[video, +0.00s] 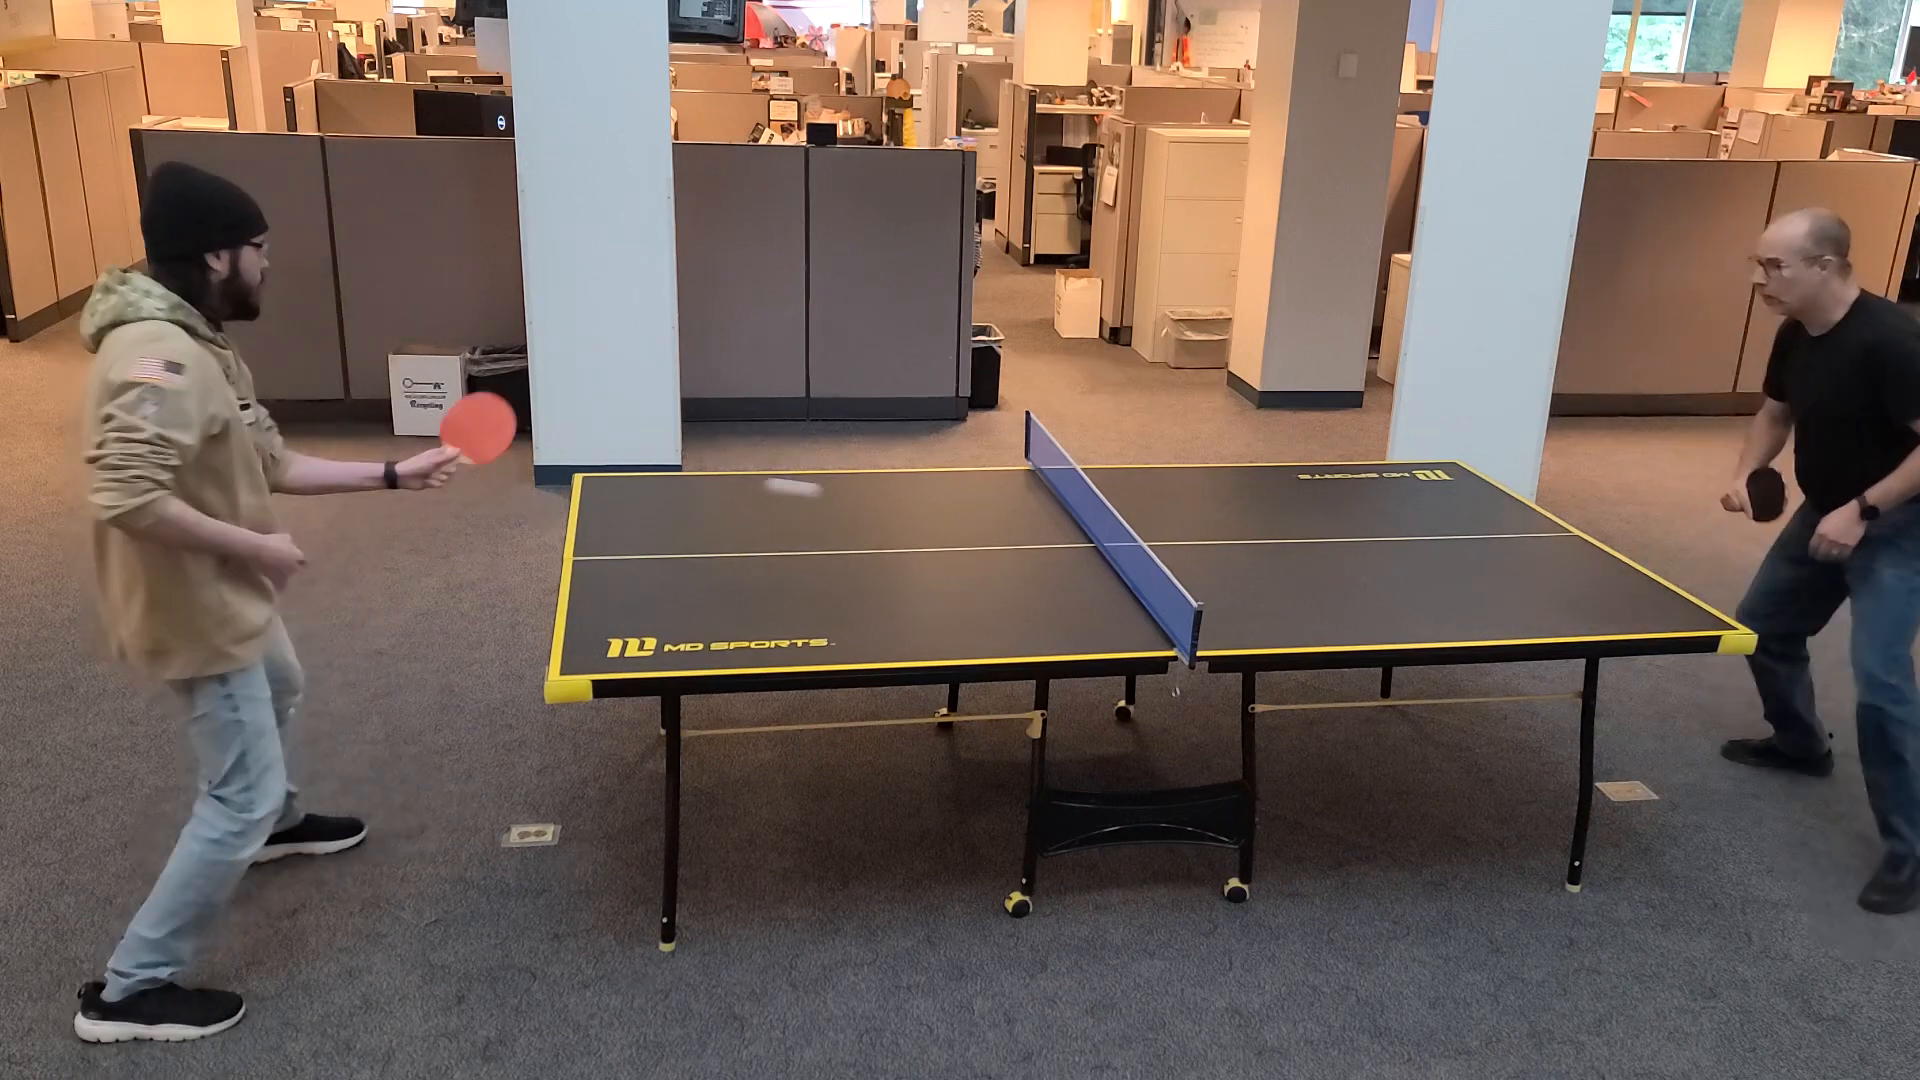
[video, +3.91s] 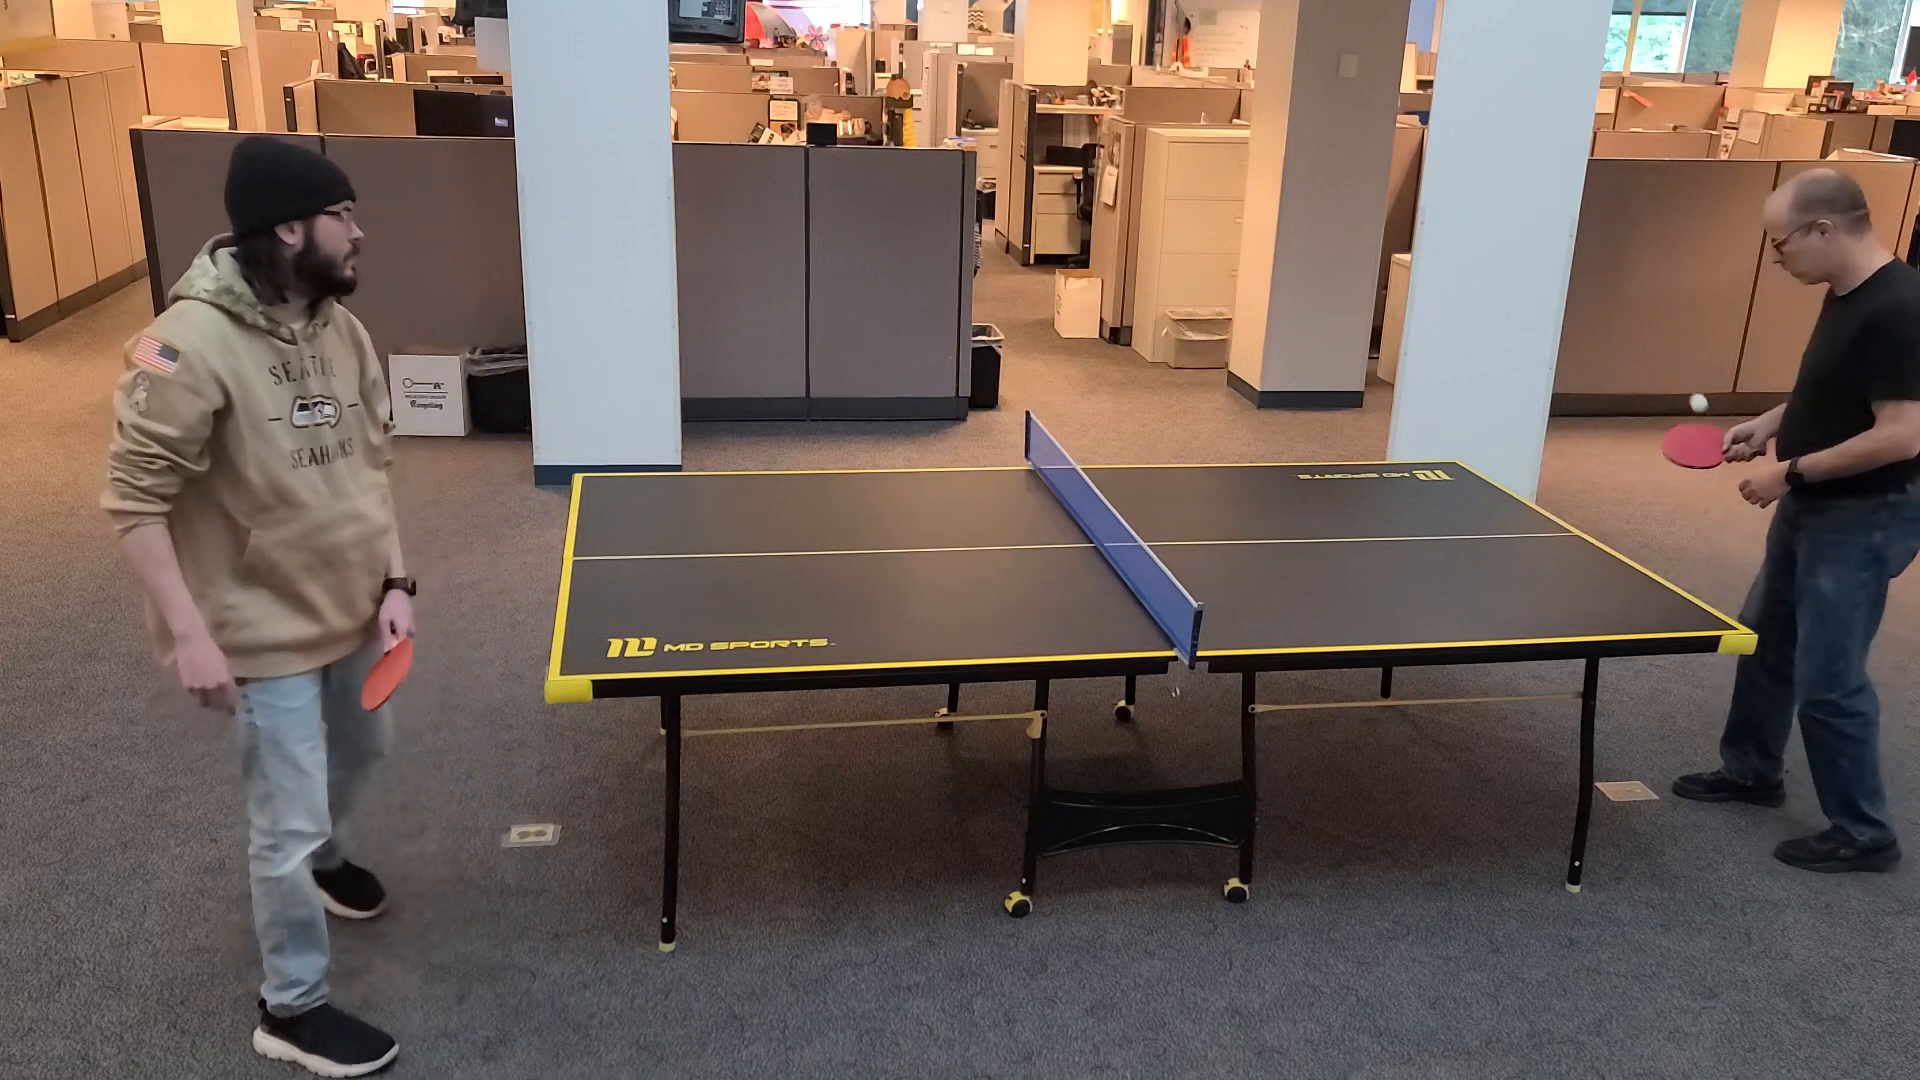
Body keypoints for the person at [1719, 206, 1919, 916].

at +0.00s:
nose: (1761, 279)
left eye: (1773, 267)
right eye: (1760, 266)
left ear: (1826, 268)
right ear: (1812, 270)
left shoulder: (1893, 340)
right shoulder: (1794, 334)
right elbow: (1776, 415)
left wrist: (1864, 508)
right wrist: (1745, 472)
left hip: (1896, 527)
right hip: (1824, 517)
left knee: (1883, 684)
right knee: (1763, 624)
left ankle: (1907, 850)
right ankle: (1799, 743)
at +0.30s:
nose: (1817, 328)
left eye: (1833, 318)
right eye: (1815, 314)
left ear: (1891, 320)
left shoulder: (1919, 388)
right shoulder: (1829, 380)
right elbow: (1793, 464)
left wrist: (1919, 580)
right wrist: (1758, 522)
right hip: (1860, 559)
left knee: (1883, 724)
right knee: (1793, 654)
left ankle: (1910, 873)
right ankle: (1801, 751)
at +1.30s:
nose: (1759, 239)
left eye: (1777, 228)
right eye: (1756, 226)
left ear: (1828, 232)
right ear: (1753, 225)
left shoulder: (1888, 321)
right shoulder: (1751, 309)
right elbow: (1714, 394)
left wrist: (1849, 510)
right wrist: (1690, 441)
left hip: (1852, 525)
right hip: (1759, 512)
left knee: (1825, 687)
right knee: (1727, 656)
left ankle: (1837, 828)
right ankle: (1724, 793)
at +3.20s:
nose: (1781, 221)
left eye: (1799, 211)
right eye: (1778, 208)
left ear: (1847, 215)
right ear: (1778, 209)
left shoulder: (1889, 302)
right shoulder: (1784, 285)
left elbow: (1905, 421)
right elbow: (1757, 372)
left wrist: (1801, 476)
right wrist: (1709, 424)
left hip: (1838, 506)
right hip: (1760, 494)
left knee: (1814, 671)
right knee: (1746, 643)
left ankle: (1816, 818)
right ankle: (1749, 771)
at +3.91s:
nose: (1776, 256)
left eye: (1781, 242)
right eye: (1772, 243)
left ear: (1826, 231)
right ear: (1826, 231)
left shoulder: (1898, 306)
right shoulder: (1849, 293)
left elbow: (1902, 435)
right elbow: (1833, 391)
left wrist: (1791, 471)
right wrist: (1769, 422)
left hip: (1860, 518)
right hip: (1809, 508)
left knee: (1829, 682)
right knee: (1766, 642)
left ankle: (1863, 832)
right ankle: (1752, 771)